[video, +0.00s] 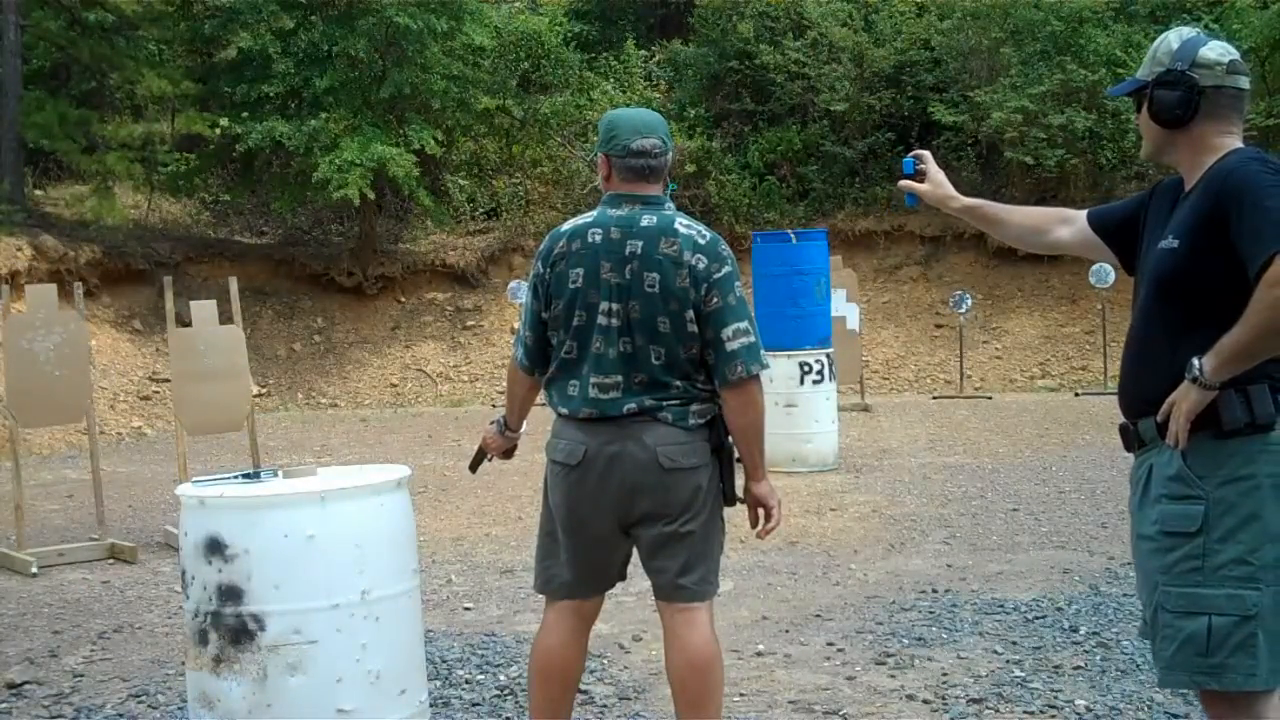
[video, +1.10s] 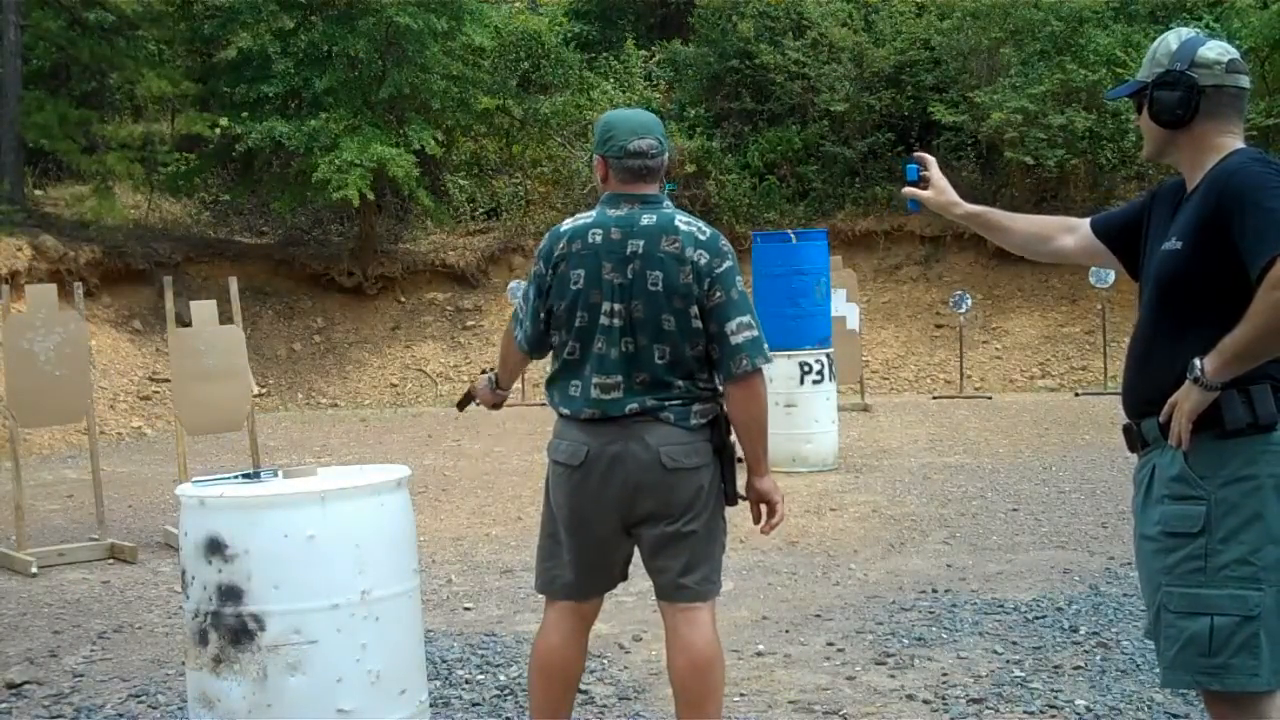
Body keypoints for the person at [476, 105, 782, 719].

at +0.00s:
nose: (597, 170)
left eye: (598, 162)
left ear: (605, 169)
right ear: (669, 168)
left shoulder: (561, 244)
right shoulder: (704, 248)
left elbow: (530, 356)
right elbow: (739, 375)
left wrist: (508, 426)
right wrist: (756, 473)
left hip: (582, 452)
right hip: (678, 452)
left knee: (568, 607)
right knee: (687, 609)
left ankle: (547, 715)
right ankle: (701, 715)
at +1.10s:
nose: (593, 171)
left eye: (594, 163)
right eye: (597, 162)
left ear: (602, 169)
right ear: (666, 168)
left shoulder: (563, 242)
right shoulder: (705, 245)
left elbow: (525, 333)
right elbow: (743, 370)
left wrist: (500, 383)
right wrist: (759, 469)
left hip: (583, 451)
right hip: (680, 452)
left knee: (567, 607)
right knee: (690, 610)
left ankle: (547, 715)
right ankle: (701, 715)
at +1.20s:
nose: (588, 171)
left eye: (589, 164)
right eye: (591, 163)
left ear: (597, 169)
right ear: (659, 166)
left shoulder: (562, 239)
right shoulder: (704, 243)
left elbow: (514, 301)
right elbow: (746, 365)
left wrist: (485, 312)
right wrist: (766, 464)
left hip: (586, 451)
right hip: (682, 452)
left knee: (568, 607)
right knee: (691, 611)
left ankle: (546, 715)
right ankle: (701, 715)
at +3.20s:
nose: (585, 171)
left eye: (585, 164)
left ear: (590, 170)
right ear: (655, 167)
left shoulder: (561, 230)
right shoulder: (699, 241)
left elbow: (512, 241)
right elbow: (741, 366)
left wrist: (496, 228)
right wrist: (769, 461)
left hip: (584, 446)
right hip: (678, 451)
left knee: (568, 608)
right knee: (691, 611)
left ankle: (547, 716)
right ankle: (701, 716)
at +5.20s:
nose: (584, 174)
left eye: (585, 167)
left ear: (590, 172)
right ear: (657, 167)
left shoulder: (561, 234)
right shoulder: (696, 240)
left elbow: (544, 245)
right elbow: (744, 365)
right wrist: (776, 456)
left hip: (583, 445)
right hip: (681, 450)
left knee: (570, 606)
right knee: (692, 610)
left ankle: (547, 715)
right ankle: (703, 718)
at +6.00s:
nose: (587, 174)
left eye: (589, 167)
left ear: (594, 172)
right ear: (661, 169)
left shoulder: (565, 233)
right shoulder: (699, 240)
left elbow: (534, 238)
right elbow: (747, 366)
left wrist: (532, 229)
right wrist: (778, 457)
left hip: (586, 446)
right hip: (684, 450)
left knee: (571, 606)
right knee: (693, 611)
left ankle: (548, 715)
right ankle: (703, 718)